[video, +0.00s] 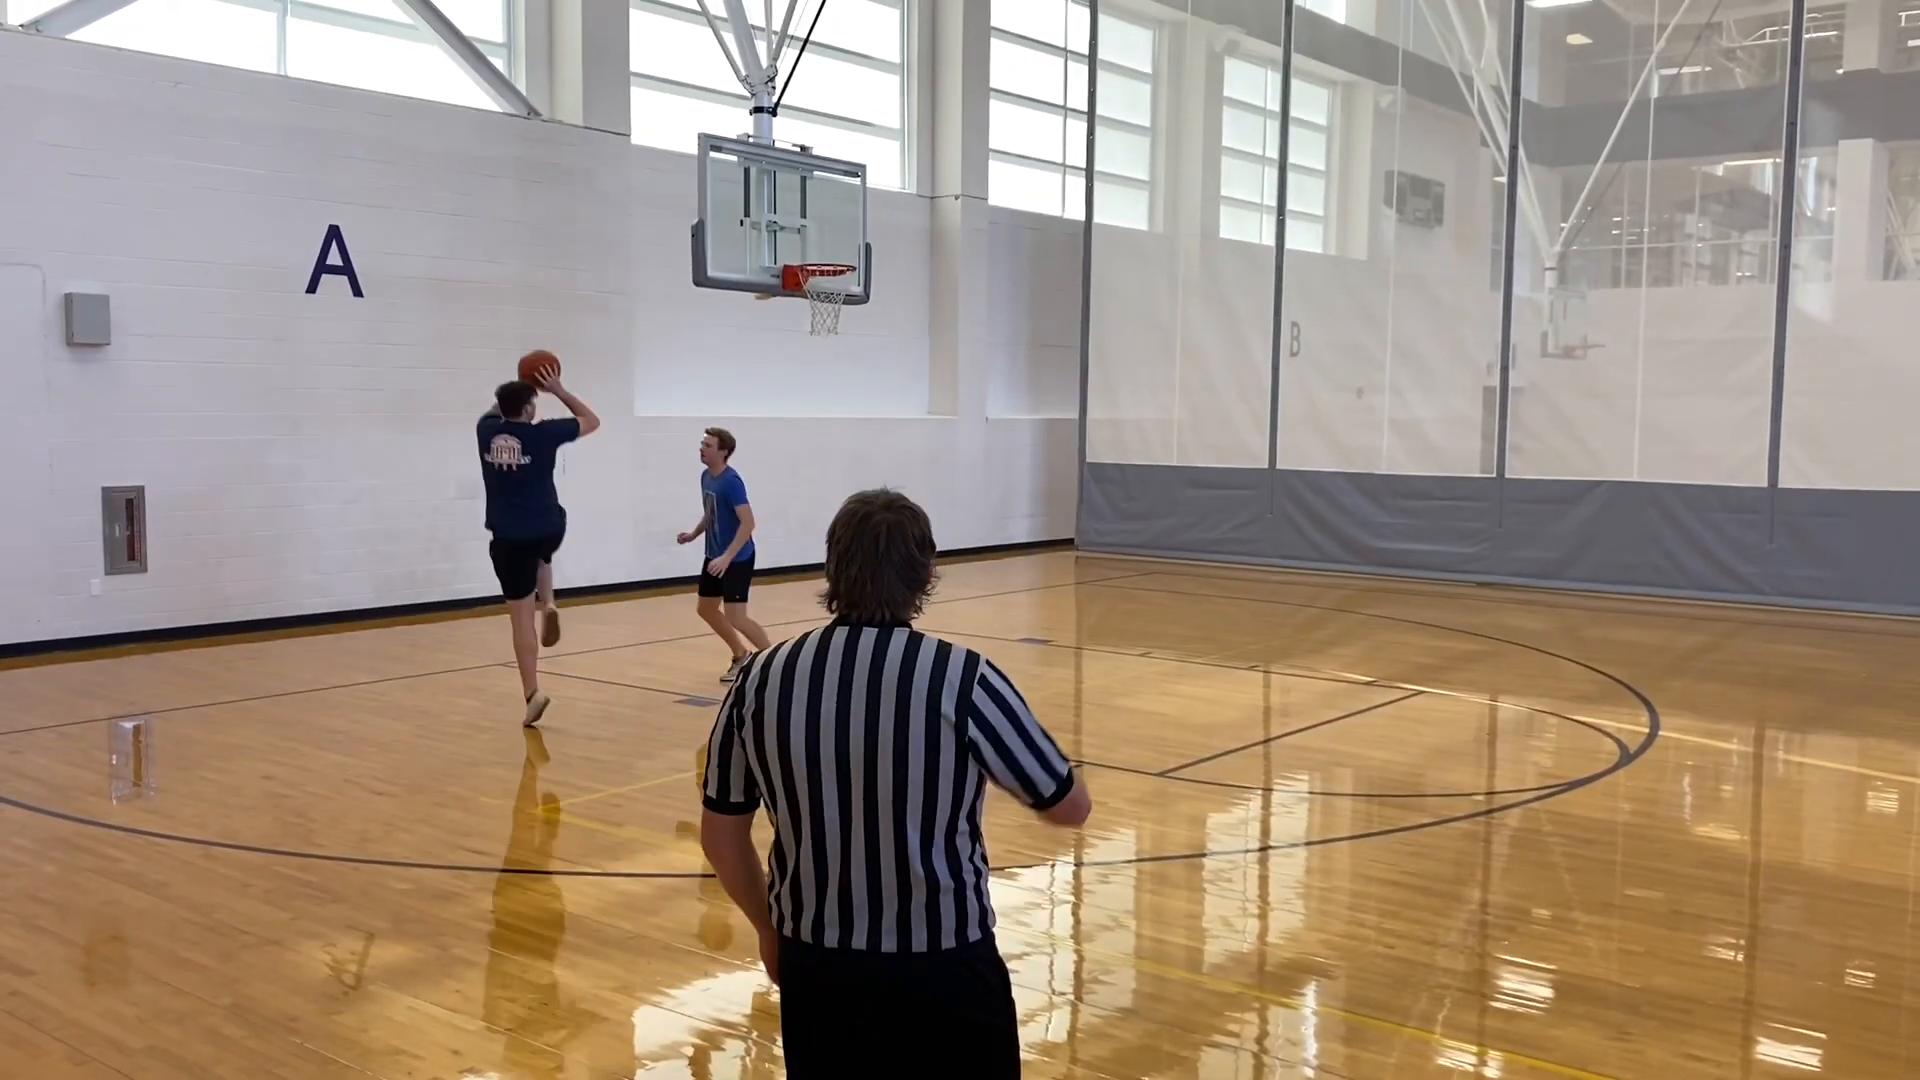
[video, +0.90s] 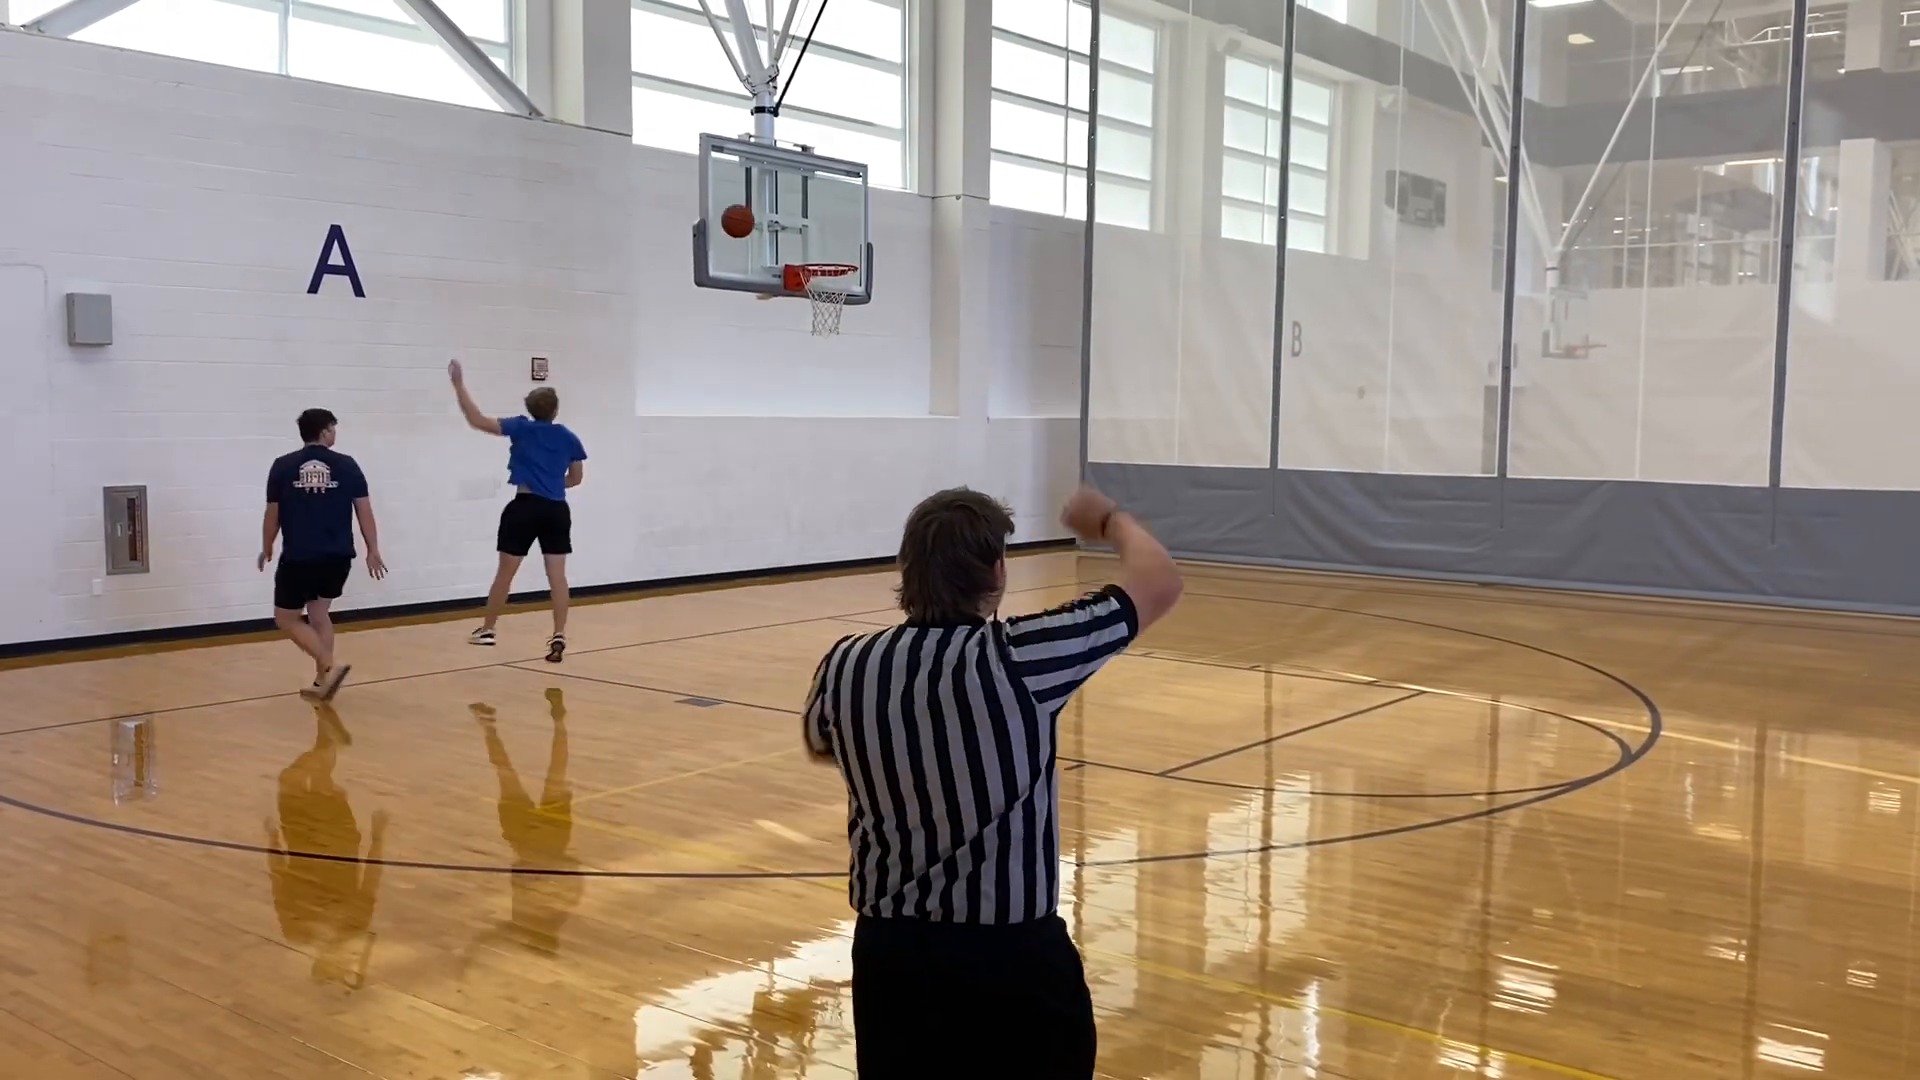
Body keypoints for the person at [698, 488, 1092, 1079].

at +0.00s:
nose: (930, 571)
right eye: (928, 560)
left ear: (832, 569)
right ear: (923, 574)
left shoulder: (760, 679)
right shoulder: (963, 677)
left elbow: (721, 833)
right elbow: (1070, 807)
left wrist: (767, 924)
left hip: (817, 980)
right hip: (949, 978)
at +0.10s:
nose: (931, 571)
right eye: (928, 559)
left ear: (832, 569)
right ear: (922, 572)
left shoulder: (762, 678)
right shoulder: (964, 671)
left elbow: (725, 832)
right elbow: (1101, 712)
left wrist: (775, 912)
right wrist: (1044, 632)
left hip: (820, 975)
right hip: (950, 972)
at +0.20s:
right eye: (925, 557)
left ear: (830, 565)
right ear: (923, 570)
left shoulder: (766, 676)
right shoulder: (962, 661)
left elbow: (728, 827)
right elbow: (1094, 605)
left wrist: (790, 904)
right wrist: (1044, 509)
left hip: (822, 970)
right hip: (952, 965)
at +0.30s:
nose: (927, 566)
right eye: (926, 555)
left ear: (834, 570)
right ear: (925, 570)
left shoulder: (767, 678)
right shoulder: (960, 653)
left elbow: (733, 825)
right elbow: (1073, 545)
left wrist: (791, 894)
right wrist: (1042, 424)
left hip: (827, 971)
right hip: (958, 969)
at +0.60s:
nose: (946, 567)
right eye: (946, 554)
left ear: (855, 569)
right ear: (945, 570)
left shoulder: (788, 673)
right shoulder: (970, 650)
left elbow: (756, 816)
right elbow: (1065, 516)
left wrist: (817, 876)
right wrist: (1046, 386)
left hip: (847, 974)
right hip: (976, 970)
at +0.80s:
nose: (982, 569)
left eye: (976, 555)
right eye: (979, 557)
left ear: (886, 570)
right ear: (971, 571)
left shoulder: (821, 669)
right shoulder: (998, 651)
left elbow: (784, 791)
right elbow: (1120, 545)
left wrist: (863, 820)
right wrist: (1093, 429)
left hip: (872, 965)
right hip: (1000, 965)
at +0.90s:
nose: (1006, 568)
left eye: (999, 552)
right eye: (1003, 555)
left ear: (911, 570)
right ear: (996, 570)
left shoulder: (845, 665)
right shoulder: (1018, 656)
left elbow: (818, 743)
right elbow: (1158, 582)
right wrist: (1113, 518)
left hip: (890, 958)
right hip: (1017, 957)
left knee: (895, 1074)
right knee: (1049, 1070)